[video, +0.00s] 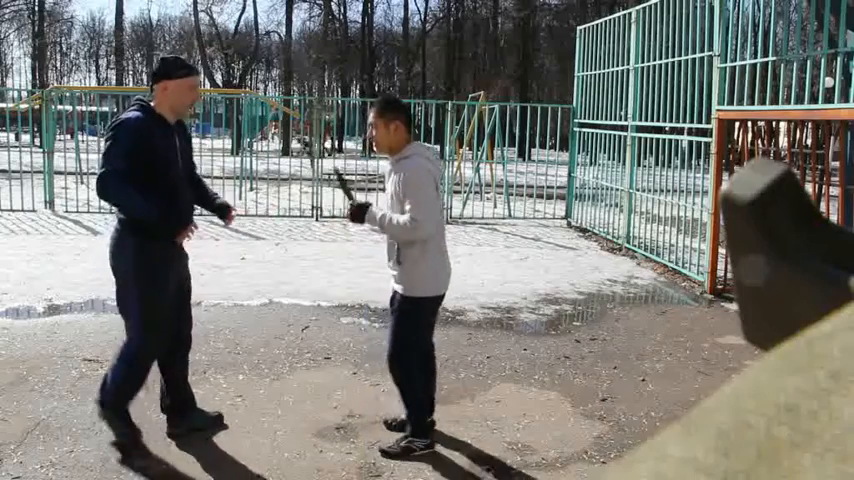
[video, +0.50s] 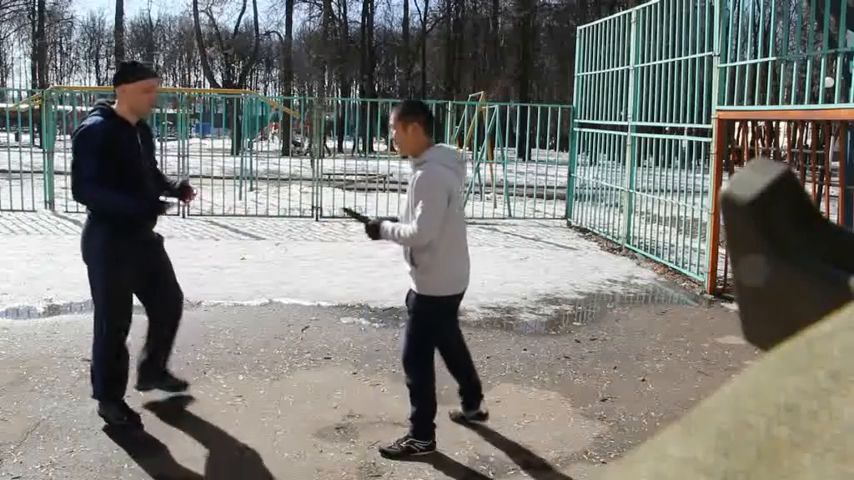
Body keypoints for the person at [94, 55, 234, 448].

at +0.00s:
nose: (197, 98)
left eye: (197, 91)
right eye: (192, 90)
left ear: (173, 90)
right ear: (165, 88)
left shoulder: (177, 130)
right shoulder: (133, 125)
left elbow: (187, 180)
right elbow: (109, 185)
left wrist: (218, 206)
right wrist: (166, 223)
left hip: (170, 249)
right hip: (137, 251)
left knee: (176, 336)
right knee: (148, 336)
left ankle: (181, 413)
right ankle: (111, 402)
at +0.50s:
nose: (154, 98)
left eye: (155, 91)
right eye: (148, 91)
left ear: (140, 94)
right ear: (124, 91)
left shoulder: (140, 128)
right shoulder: (93, 131)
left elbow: (146, 174)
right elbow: (83, 190)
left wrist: (174, 189)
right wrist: (143, 207)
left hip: (141, 238)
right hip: (107, 243)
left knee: (168, 304)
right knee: (113, 324)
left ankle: (153, 372)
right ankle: (109, 402)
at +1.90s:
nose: (154, 105)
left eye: (154, 97)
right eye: (149, 97)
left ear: (125, 96)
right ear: (124, 95)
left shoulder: (112, 129)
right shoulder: (106, 133)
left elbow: (114, 187)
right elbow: (109, 193)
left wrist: (153, 181)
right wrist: (159, 181)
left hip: (109, 244)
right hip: (118, 246)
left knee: (105, 317)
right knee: (150, 324)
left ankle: (71, 396)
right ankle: (144, 412)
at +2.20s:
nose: (147, 105)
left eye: (148, 98)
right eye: (142, 97)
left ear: (118, 98)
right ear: (117, 97)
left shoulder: (113, 132)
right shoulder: (101, 134)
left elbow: (115, 186)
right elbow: (102, 195)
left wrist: (152, 181)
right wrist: (152, 185)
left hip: (108, 243)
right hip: (112, 247)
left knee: (99, 321)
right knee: (150, 324)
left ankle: (69, 397)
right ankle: (166, 411)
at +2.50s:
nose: (155, 106)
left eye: (156, 99)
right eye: (151, 98)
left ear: (126, 97)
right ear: (128, 96)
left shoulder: (109, 128)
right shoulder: (119, 134)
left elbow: (117, 187)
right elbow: (121, 191)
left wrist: (157, 185)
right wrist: (164, 186)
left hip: (103, 243)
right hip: (125, 246)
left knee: (104, 315)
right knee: (158, 324)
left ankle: (70, 388)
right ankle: (166, 411)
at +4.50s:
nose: (89, 100)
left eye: (87, 93)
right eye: (82, 93)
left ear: (60, 97)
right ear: (57, 96)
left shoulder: (52, 129)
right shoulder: (49, 132)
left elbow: (62, 183)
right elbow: (62, 186)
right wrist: (109, 176)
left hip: (52, 237)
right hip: (65, 240)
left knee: (47, 311)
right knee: (105, 312)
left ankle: (7, 378)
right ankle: (118, 400)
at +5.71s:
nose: (41, 107)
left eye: (42, 99)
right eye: (37, 99)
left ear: (12, 99)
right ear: (12, 98)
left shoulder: (11, 132)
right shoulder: (6, 135)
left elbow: (17, 187)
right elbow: (16, 189)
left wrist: (49, 172)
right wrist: (50, 172)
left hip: (14, 241)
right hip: (12, 242)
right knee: (52, 310)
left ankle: (55, 393)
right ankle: (56, 397)